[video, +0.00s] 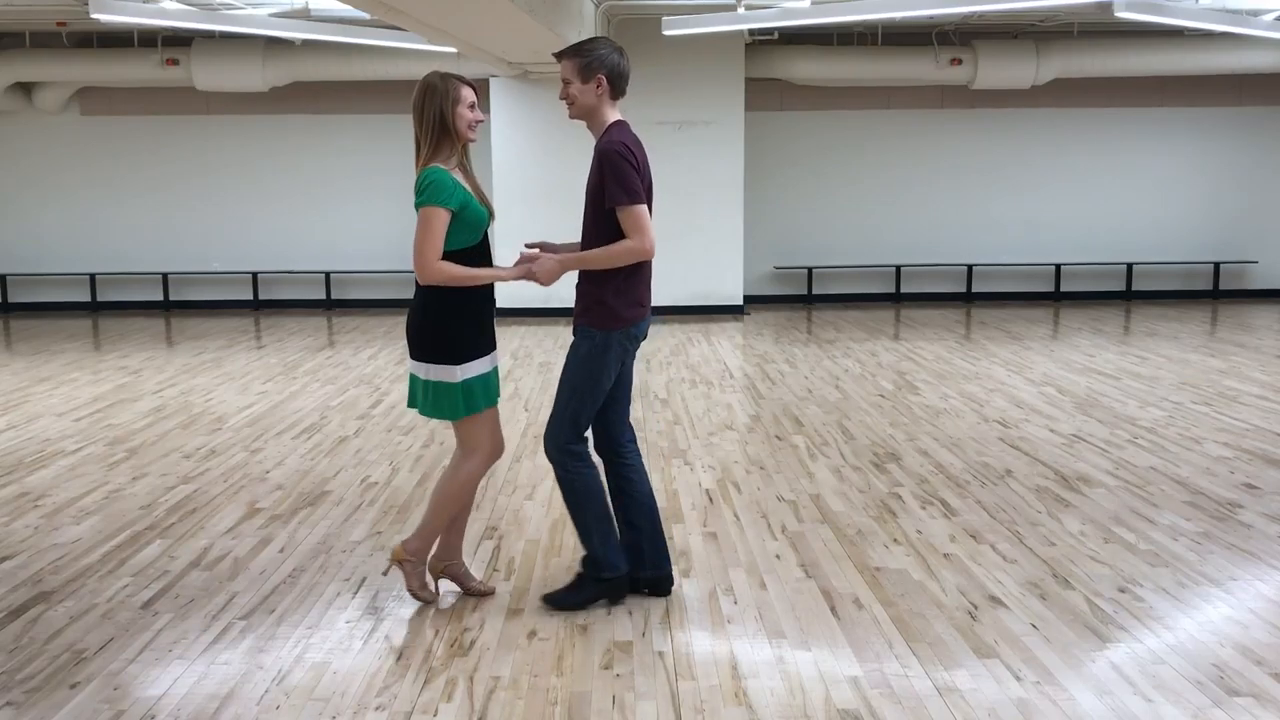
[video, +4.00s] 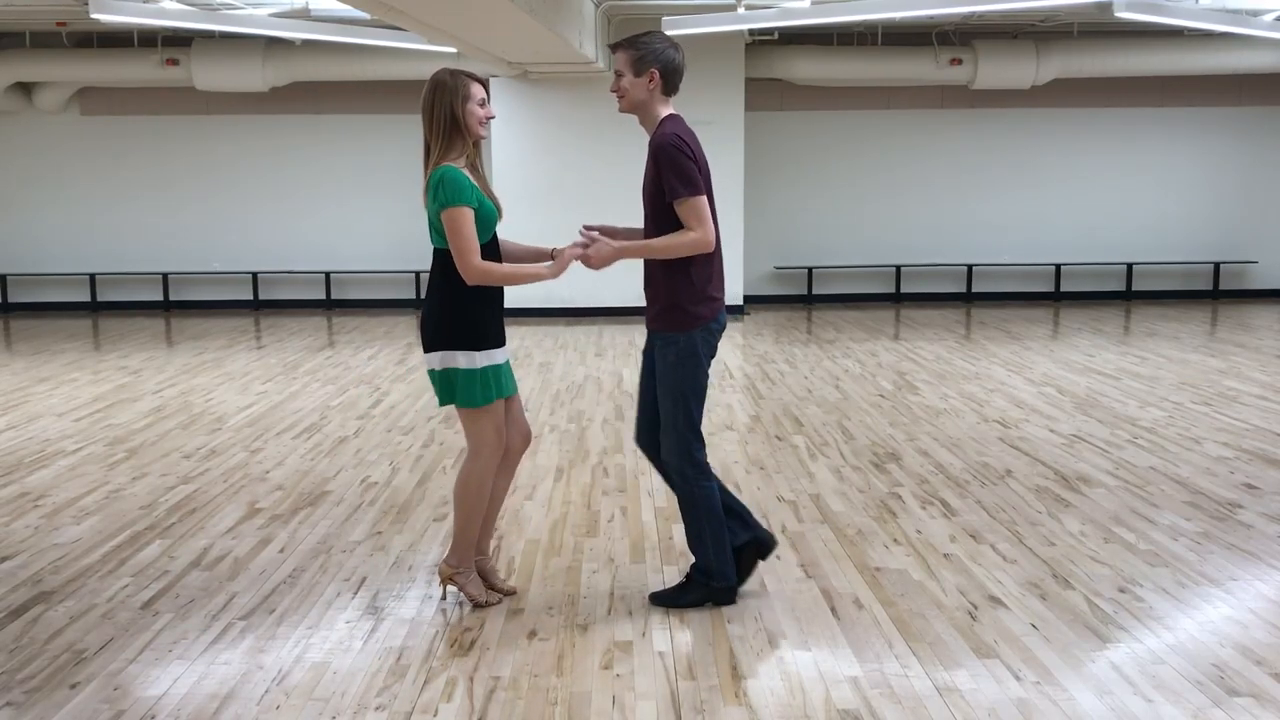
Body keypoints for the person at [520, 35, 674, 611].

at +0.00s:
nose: (562, 95)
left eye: (568, 84)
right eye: (561, 84)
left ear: (599, 84)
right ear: (601, 86)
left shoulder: (616, 148)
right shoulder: (617, 143)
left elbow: (641, 244)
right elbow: (616, 240)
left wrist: (562, 264)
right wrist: (555, 252)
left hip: (607, 322)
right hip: (619, 318)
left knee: (564, 440)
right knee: (615, 437)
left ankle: (605, 568)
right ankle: (651, 569)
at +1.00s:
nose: (608, 90)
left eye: (615, 78)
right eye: (608, 79)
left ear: (647, 79)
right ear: (646, 81)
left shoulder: (662, 140)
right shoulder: (662, 137)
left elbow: (689, 233)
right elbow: (667, 232)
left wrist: (608, 247)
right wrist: (607, 232)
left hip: (675, 322)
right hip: (659, 320)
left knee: (674, 447)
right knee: (631, 435)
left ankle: (718, 578)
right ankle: (667, 564)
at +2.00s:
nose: (583, 83)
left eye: (589, 73)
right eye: (584, 73)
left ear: (620, 76)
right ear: (619, 78)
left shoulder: (636, 139)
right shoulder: (635, 136)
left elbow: (658, 237)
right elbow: (638, 226)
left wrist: (581, 218)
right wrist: (584, 229)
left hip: (639, 320)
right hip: (624, 318)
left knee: (636, 445)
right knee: (611, 440)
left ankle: (706, 565)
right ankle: (631, 567)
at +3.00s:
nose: (565, 86)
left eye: (572, 75)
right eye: (565, 76)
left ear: (604, 77)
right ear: (602, 79)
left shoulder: (623, 139)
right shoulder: (618, 134)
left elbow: (645, 236)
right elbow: (627, 231)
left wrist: (566, 229)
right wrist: (561, 231)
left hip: (613, 319)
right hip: (604, 316)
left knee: (589, 444)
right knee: (591, 441)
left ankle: (656, 566)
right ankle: (622, 567)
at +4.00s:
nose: (613, 86)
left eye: (620, 76)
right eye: (613, 76)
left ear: (651, 79)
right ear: (651, 80)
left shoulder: (671, 140)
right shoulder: (664, 140)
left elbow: (703, 237)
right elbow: (676, 233)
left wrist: (623, 250)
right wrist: (616, 236)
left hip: (689, 320)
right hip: (671, 318)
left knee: (682, 449)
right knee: (653, 439)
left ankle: (714, 576)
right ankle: (743, 537)